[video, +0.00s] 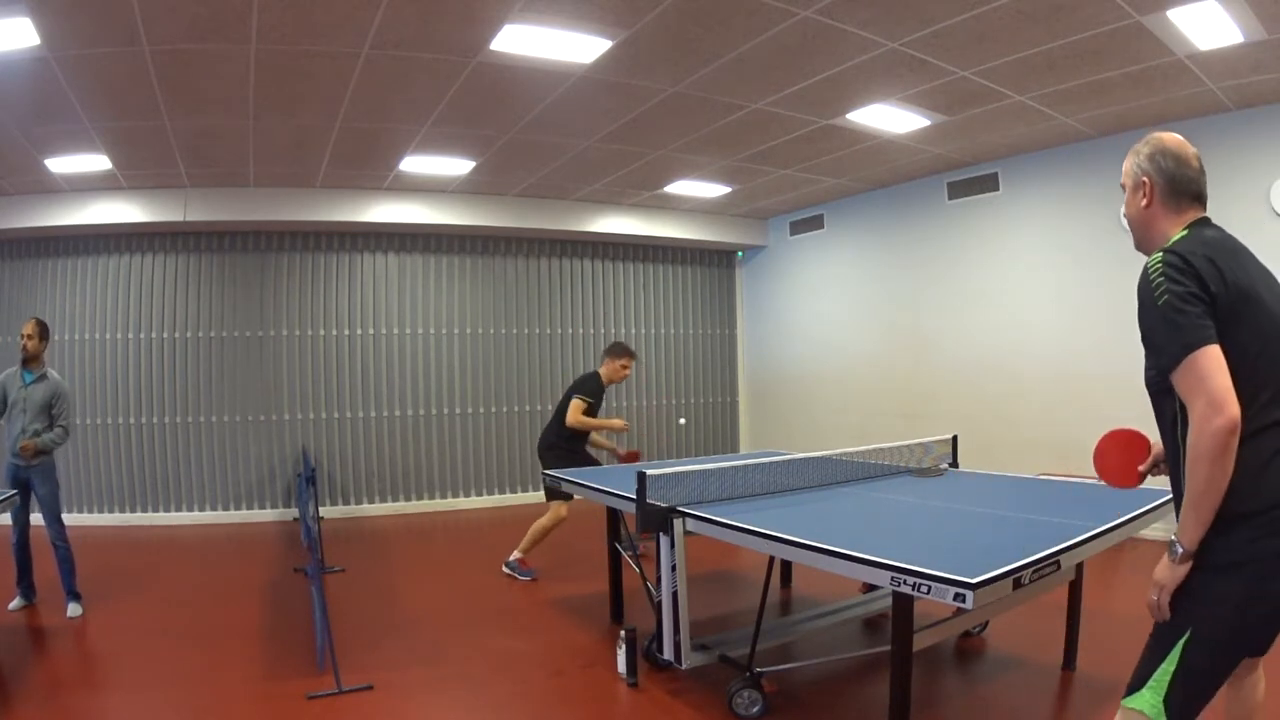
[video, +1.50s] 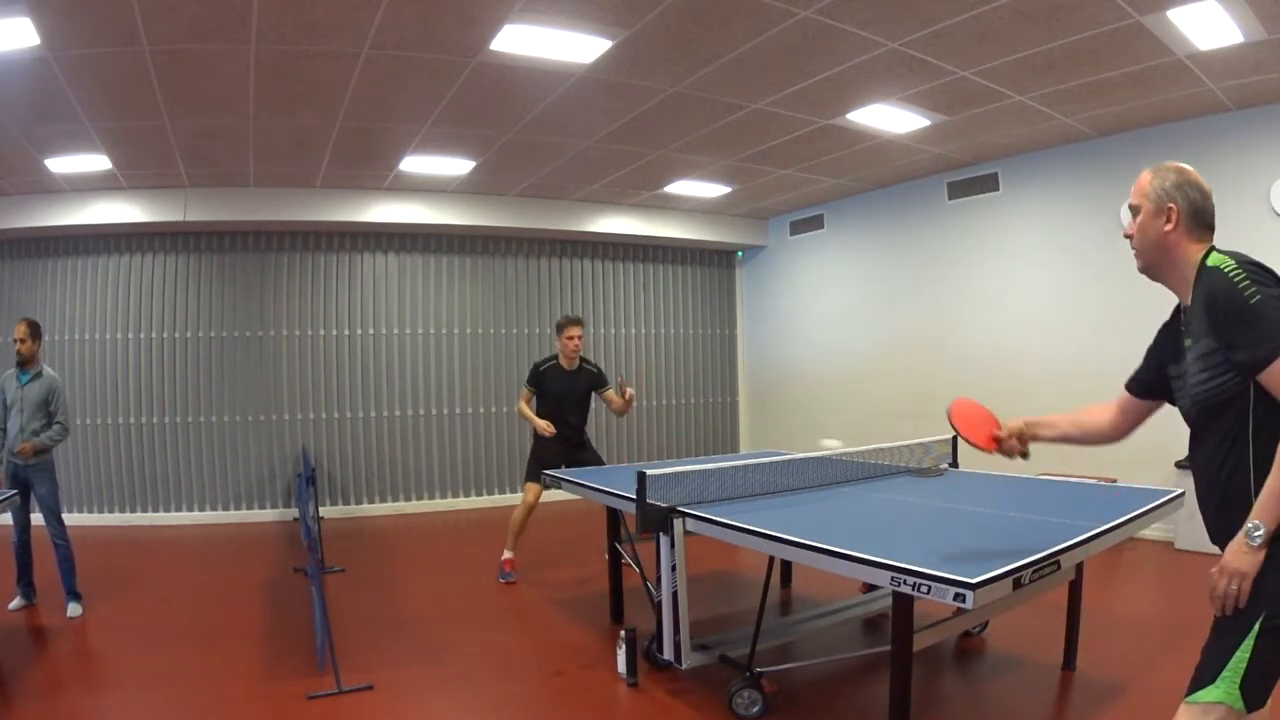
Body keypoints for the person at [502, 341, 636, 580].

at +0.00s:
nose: (628, 374)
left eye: (629, 369)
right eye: (625, 368)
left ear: (613, 365)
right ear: (609, 363)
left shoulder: (598, 388)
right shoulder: (589, 383)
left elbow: (585, 432)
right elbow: (572, 419)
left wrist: (614, 448)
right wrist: (609, 423)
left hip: (575, 450)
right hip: (555, 450)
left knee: (612, 487)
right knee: (558, 512)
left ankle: (622, 540)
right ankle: (515, 558)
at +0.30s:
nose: (585, 351)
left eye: (587, 346)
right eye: (579, 346)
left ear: (590, 347)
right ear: (564, 347)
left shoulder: (594, 372)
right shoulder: (546, 377)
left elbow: (631, 387)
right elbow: (536, 418)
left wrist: (626, 362)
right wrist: (556, 415)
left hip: (588, 448)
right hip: (555, 450)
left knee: (616, 491)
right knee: (540, 501)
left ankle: (625, 543)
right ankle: (520, 552)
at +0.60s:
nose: (578, 349)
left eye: (582, 344)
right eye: (573, 344)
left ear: (586, 346)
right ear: (561, 345)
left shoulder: (594, 376)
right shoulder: (543, 374)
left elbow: (621, 411)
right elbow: (523, 411)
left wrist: (631, 403)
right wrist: (545, 416)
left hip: (579, 448)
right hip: (546, 449)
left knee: (614, 490)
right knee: (530, 500)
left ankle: (616, 548)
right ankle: (504, 557)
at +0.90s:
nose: (616, 376)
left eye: (616, 371)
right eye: (611, 371)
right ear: (592, 370)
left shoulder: (600, 401)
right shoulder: (566, 391)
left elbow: (602, 437)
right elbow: (529, 412)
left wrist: (635, 434)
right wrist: (541, 442)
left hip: (578, 456)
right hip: (551, 456)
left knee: (619, 485)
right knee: (544, 512)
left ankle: (615, 549)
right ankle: (506, 561)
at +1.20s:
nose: (585, 335)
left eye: (588, 330)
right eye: (580, 331)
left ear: (591, 334)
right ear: (565, 334)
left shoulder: (597, 365)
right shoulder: (547, 363)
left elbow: (632, 385)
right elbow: (527, 399)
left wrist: (636, 356)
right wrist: (546, 409)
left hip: (581, 443)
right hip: (548, 443)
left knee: (612, 490)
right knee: (530, 498)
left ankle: (616, 546)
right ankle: (509, 555)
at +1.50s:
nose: (576, 343)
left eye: (579, 338)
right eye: (570, 339)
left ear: (583, 341)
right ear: (558, 341)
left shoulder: (592, 372)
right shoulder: (541, 370)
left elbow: (617, 408)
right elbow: (522, 404)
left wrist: (626, 402)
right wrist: (536, 421)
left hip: (579, 445)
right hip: (547, 445)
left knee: (612, 491)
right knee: (530, 500)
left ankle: (618, 546)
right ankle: (508, 556)